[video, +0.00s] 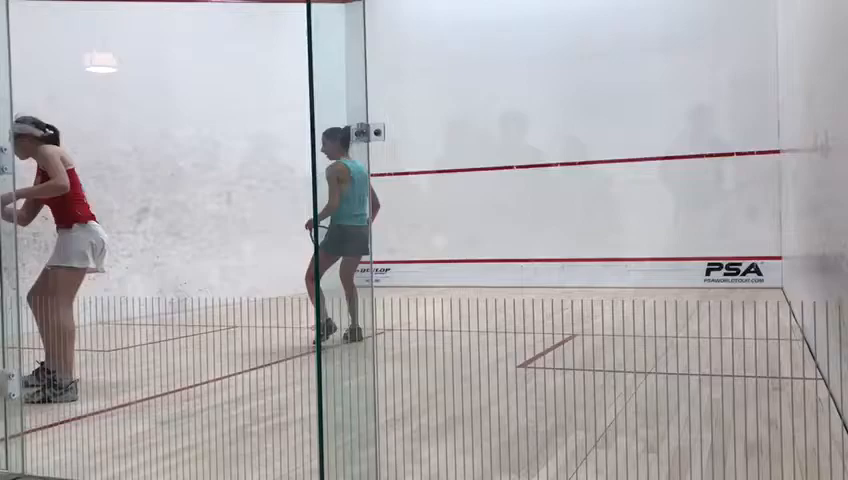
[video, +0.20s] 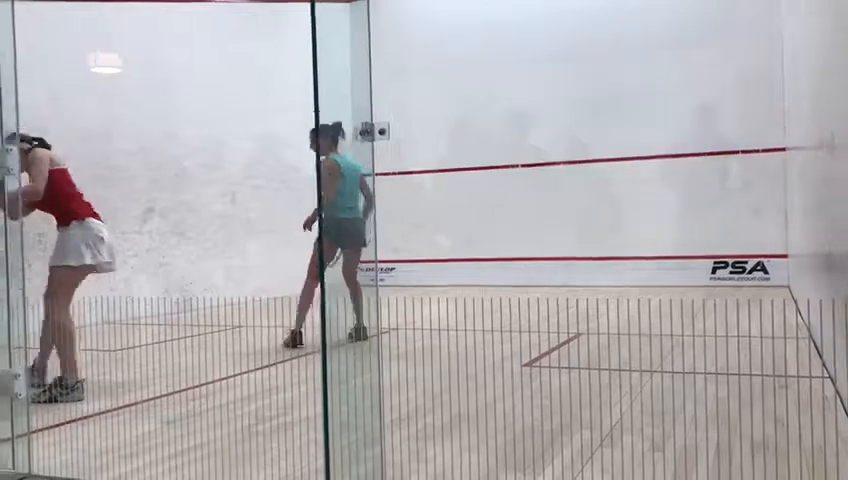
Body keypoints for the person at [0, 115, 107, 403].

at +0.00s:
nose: (13, 148)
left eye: (15, 141)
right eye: (12, 143)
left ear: (28, 137)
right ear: (32, 139)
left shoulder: (47, 151)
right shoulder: (44, 167)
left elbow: (61, 184)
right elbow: (24, 217)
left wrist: (16, 194)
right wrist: (3, 208)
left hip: (80, 235)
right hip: (69, 236)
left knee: (61, 304)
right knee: (38, 298)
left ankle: (66, 381)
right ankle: (53, 367)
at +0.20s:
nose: (13, 159)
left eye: (12, 152)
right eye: (11, 154)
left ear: (21, 146)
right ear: (28, 146)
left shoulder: (38, 154)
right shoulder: (40, 170)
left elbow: (36, 192)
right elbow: (15, 213)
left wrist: (7, 195)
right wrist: (9, 191)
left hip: (81, 234)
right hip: (73, 235)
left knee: (58, 305)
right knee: (53, 303)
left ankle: (71, 380)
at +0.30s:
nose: (13, 176)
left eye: (13, 170)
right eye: (11, 172)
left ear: (22, 164)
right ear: (29, 161)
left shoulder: (39, 172)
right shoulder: (40, 178)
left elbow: (25, 224)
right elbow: (24, 225)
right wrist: (9, 200)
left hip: (78, 252)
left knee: (42, 314)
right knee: (43, 315)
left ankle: (74, 381)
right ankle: (70, 379)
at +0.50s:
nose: (44, 178)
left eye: (46, 174)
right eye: (45, 174)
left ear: (54, 173)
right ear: (74, 175)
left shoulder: (44, 185)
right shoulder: (87, 190)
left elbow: (26, 229)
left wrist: (11, 264)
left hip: (66, 248)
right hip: (99, 246)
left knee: (48, 322)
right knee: (72, 315)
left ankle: (77, 373)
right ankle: (48, 368)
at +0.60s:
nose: (64, 152)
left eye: (64, 148)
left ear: (66, 150)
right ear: (92, 149)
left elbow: (38, 224)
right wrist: (147, 252)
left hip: (68, 238)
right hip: (104, 237)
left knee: (59, 318)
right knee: (88, 315)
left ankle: (73, 374)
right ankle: (63, 370)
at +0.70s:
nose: (118, 139)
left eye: (116, 135)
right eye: (116, 135)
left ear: (85, 139)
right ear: (109, 138)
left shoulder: (69, 164)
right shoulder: (123, 161)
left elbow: (58, 211)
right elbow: (144, 204)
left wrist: (66, 243)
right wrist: (158, 244)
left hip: (76, 230)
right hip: (112, 228)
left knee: (69, 307)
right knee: (112, 303)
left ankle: (59, 368)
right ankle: (100, 363)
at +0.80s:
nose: (138, 142)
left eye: (136, 138)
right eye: (135, 139)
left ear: (106, 143)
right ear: (127, 142)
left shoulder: (90, 167)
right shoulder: (138, 170)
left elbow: (81, 206)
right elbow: (154, 218)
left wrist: (85, 235)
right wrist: (167, 255)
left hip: (86, 240)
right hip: (120, 241)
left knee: (74, 310)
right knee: (140, 297)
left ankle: (49, 375)